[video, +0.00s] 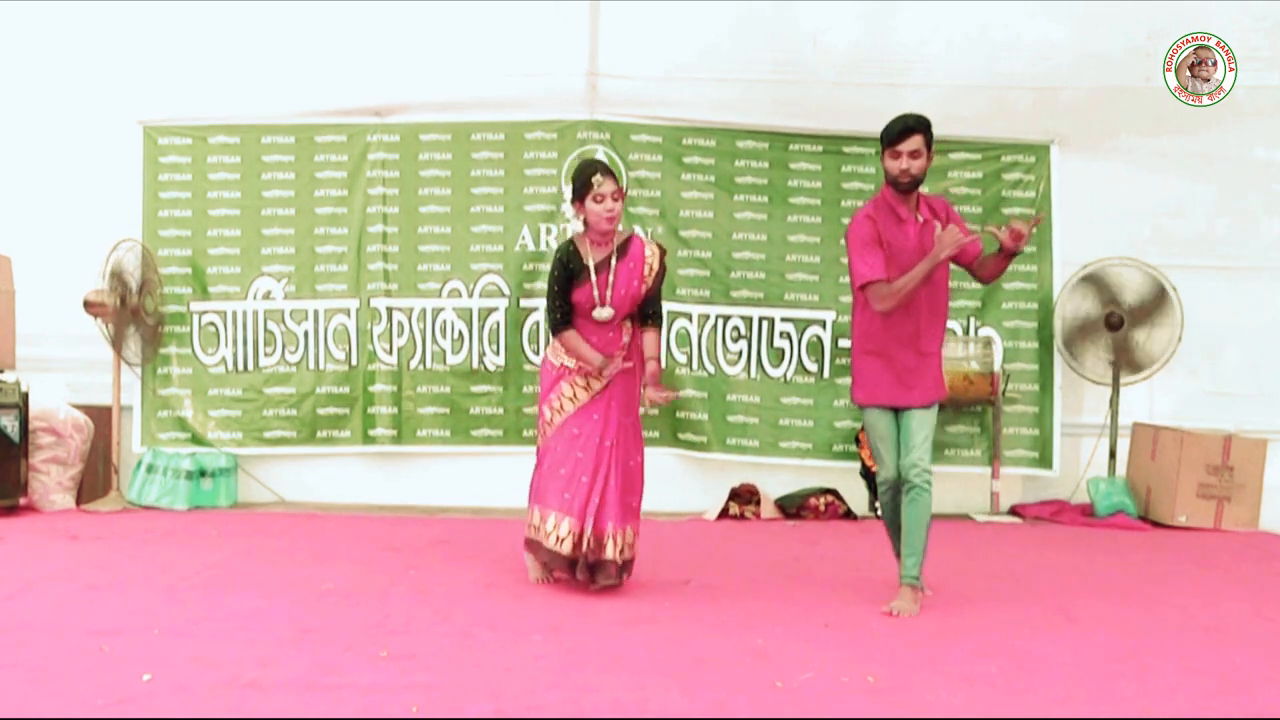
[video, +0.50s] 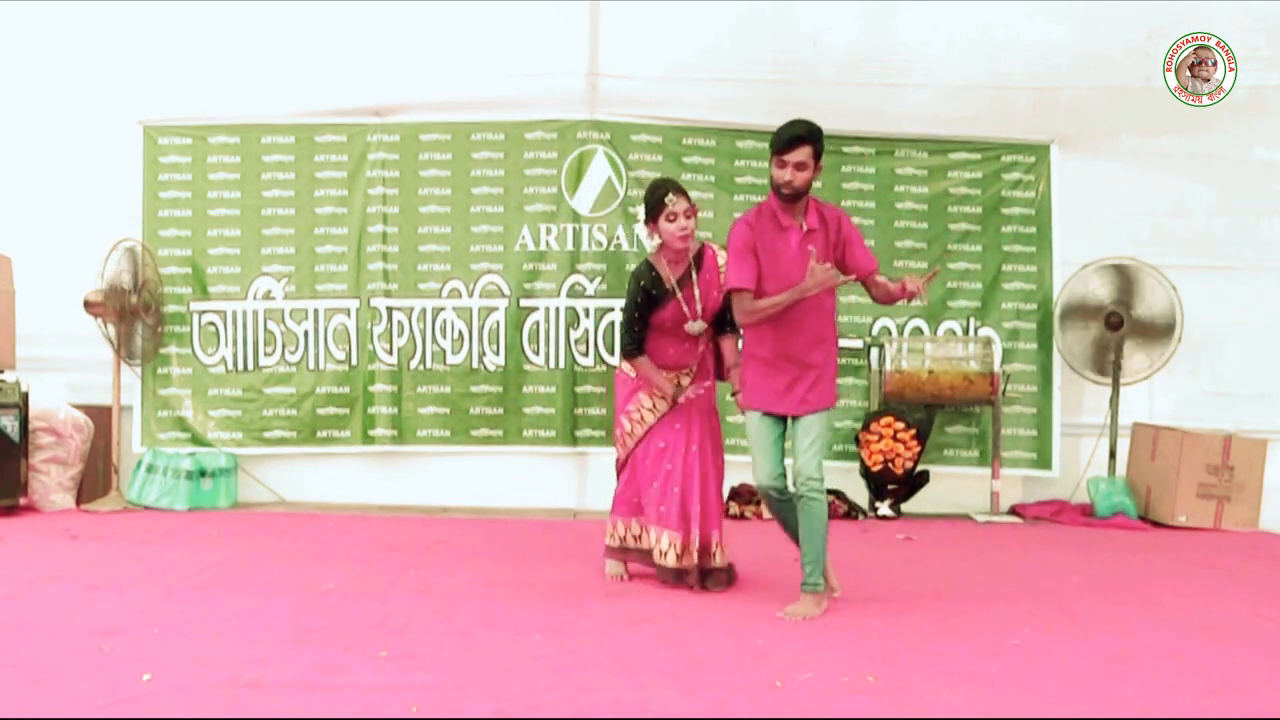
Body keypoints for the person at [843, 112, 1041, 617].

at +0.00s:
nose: (906, 164)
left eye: (916, 156)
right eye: (896, 155)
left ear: (929, 159)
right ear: (883, 158)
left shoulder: (940, 214)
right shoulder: (866, 221)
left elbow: (985, 271)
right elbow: (880, 298)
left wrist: (1007, 249)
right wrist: (934, 256)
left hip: (922, 364)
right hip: (875, 365)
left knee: (916, 470)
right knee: (891, 475)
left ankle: (911, 584)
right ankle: (909, 573)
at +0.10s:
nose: (887, 176)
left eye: (897, 167)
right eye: (879, 166)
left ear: (913, 171)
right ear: (865, 167)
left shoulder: (922, 226)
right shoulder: (845, 232)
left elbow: (964, 293)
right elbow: (846, 311)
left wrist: (977, 267)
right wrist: (900, 268)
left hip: (909, 373)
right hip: (856, 374)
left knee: (910, 477)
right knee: (863, 486)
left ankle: (908, 589)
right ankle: (878, 550)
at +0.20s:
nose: (869, 170)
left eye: (880, 162)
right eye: (862, 160)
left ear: (897, 165)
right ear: (849, 159)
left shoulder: (908, 216)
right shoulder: (829, 220)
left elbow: (953, 281)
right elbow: (828, 299)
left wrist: (966, 255)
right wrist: (881, 254)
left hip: (892, 362)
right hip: (838, 362)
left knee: (896, 475)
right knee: (844, 471)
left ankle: (901, 586)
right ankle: (856, 563)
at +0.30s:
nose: (841, 163)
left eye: (852, 155)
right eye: (833, 153)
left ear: (869, 157)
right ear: (821, 152)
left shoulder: (881, 205)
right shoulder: (800, 210)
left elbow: (931, 267)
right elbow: (803, 285)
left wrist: (946, 245)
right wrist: (860, 246)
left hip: (863, 356)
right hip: (812, 357)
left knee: (861, 460)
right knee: (826, 467)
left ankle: (862, 573)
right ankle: (849, 569)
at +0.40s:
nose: (822, 164)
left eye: (834, 156)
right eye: (815, 154)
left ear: (850, 159)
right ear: (803, 152)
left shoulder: (863, 207)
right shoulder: (780, 213)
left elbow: (911, 268)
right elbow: (784, 293)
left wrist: (929, 254)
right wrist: (844, 259)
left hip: (844, 359)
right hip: (795, 360)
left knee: (833, 465)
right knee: (811, 472)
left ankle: (828, 581)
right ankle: (845, 563)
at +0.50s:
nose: (790, 176)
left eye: (801, 167)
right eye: (782, 165)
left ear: (817, 170)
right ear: (770, 164)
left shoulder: (832, 221)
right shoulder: (748, 228)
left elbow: (876, 288)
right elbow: (743, 313)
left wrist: (898, 290)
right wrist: (806, 288)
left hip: (814, 373)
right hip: (761, 373)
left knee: (808, 476)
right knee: (768, 482)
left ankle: (813, 589)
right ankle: (816, 555)